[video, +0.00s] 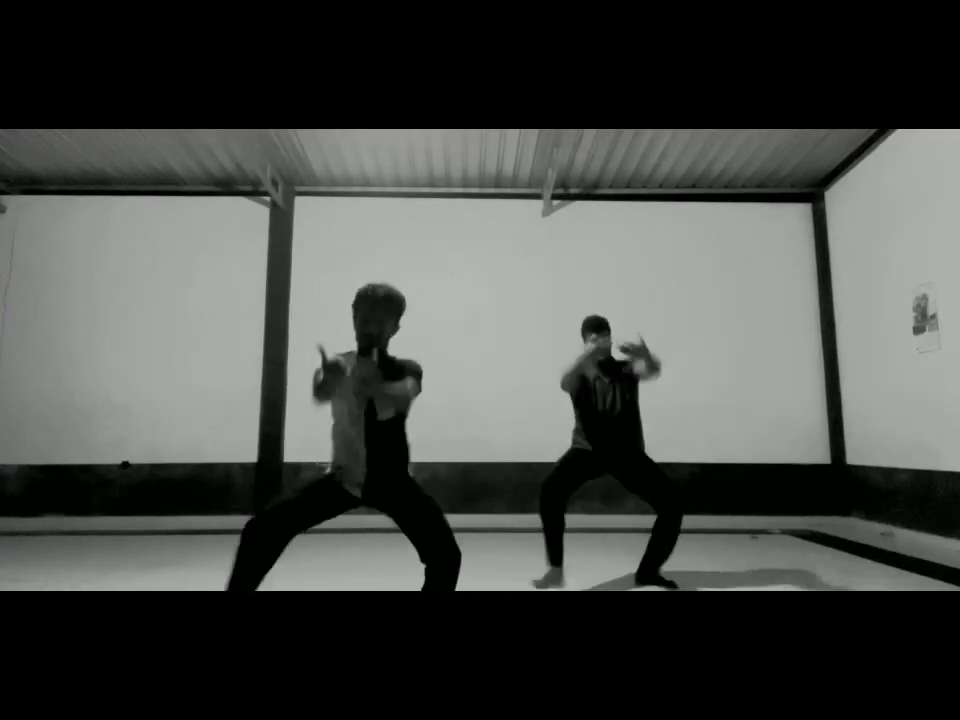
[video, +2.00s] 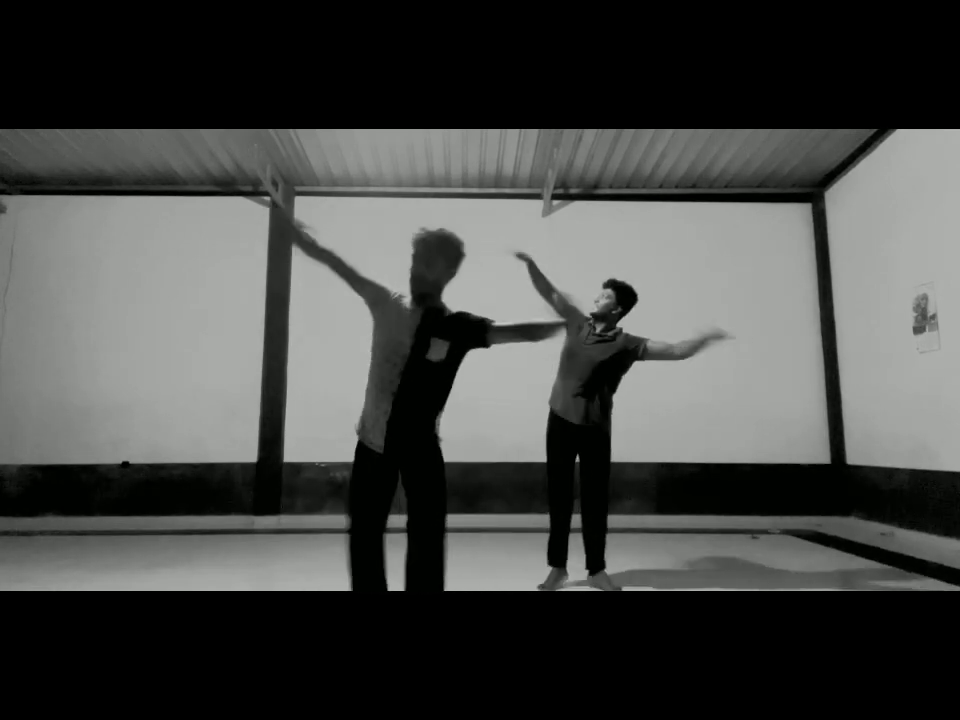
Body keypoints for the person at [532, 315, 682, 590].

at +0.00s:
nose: (601, 341)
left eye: (604, 335)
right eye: (595, 336)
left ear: (611, 337)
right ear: (585, 341)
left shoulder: (626, 369)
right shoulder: (579, 373)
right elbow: (567, 383)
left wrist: (645, 356)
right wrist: (587, 354)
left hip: (627, 454)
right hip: (587, 453)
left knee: (671, 505)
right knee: (551, 493)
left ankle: (648, 573)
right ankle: (555, 570)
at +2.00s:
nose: (597, 299)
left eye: (605, 297)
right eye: (600, 295)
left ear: (618, 309)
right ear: (599, 302)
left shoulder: (629, 345)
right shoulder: (576, 324)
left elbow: (676, 351)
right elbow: (550, 293)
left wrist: (705, 339)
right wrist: (530, 264)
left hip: (595, 432)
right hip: (560, 426)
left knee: (595, 503)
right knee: (559, 501)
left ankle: (596, 571)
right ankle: (557, 569)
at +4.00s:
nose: (509, 342)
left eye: (509, 335)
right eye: (501, 341)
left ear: (516, 330)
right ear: (497, 346)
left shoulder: (551, 349)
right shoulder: (500, 370)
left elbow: (592, 326)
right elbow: (456, 353)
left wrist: (636, 318)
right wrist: (423, 333)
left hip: (581, 422)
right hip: (545, 441)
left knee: (640, 415)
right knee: (513, 498)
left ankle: (627, 467)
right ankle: (514, 573)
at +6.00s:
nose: (641, 348)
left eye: (644, 342)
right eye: (636, 341)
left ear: (646, 344)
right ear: (622, 340)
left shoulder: (633, 370)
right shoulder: (617, 367)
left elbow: (648, 404)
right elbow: (643, 401)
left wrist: (682, 412)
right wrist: (678, 408)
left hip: (604, 449)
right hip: (583, 448)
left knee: (632, 495)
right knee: (589, 507)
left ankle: (615, 565)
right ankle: (576, 582)